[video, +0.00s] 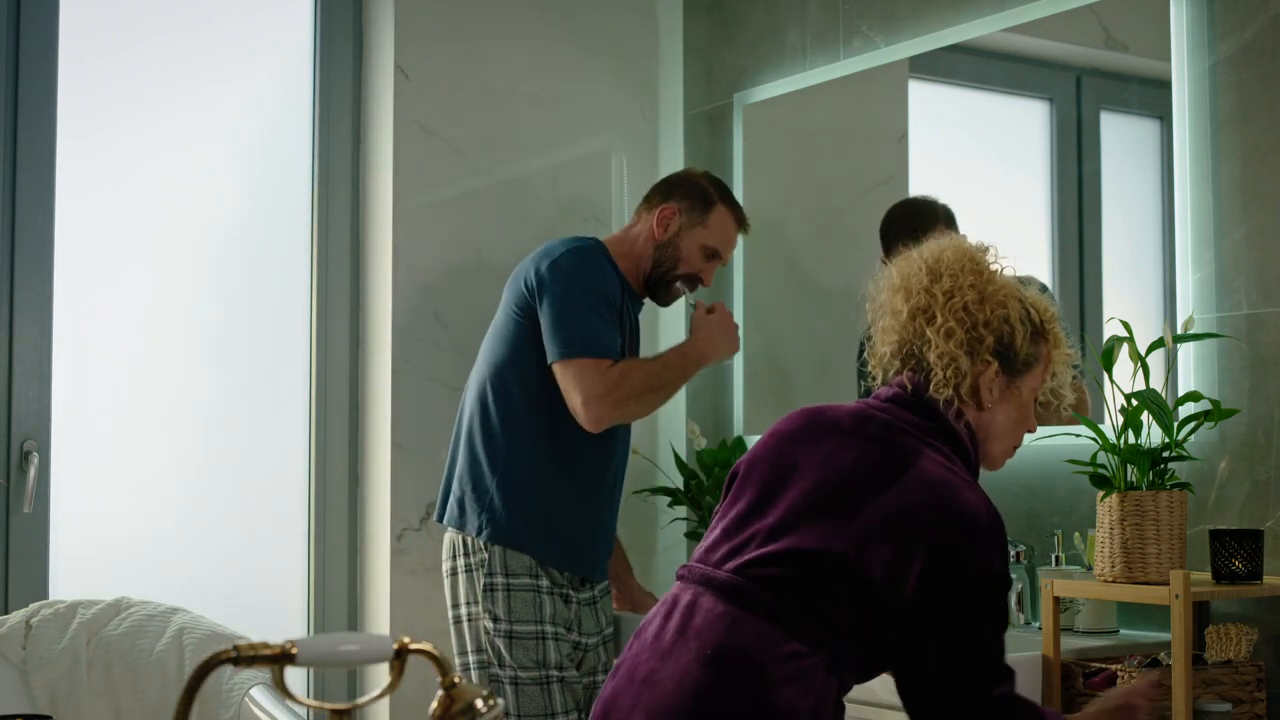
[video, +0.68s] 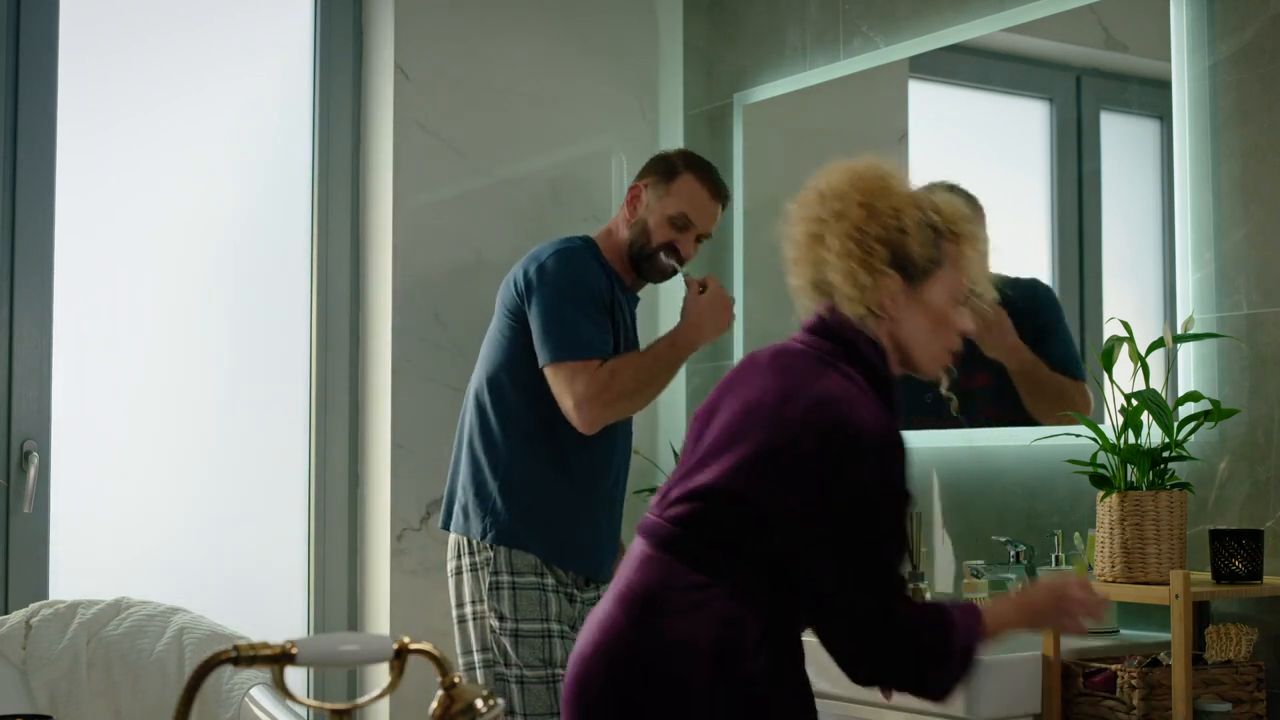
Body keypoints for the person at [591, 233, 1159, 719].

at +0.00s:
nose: (1031, 426)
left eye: (1039, 403)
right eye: (1032, 399)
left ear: (907, 363)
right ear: (986, 383)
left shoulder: (797, 428)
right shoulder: (958, 511)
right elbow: (963, 704)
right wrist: (1102, 711)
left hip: (635, 683)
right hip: (757, 701)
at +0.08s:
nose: (1029, 424)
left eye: (1038, 400)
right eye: (1033, 396)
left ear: (911, 355)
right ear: (987, 377)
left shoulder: (802, 422)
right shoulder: (956, 513)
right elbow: (957, 704)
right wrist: (1069, 719)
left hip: (633, 683)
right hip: (757, 702)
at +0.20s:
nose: (1033, 422)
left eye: (1040, 397)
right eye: (1035, 394)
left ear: (911, 358)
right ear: (987, 379)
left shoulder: (803, 420)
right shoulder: (956, 515)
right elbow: (975, 702)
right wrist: (1098, 716)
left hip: (627, 684)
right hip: (752, 702)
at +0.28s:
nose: (1034, 419)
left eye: (1042, 394)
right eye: (1035, 392)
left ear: (913, 357)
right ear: (987, 379)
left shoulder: (808, 416)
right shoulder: (954, 512)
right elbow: (984, 699)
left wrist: (889, 650)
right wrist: (1094, 714)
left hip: (627, 682)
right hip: (751, 700)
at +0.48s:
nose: (1027, 389)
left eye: (1032, 366)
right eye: (1025, 363)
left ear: (908, 339)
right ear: (970, 353)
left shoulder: (799, 402)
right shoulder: (937, 492)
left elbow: (771, 545)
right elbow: (979, 693)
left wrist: (866, 636)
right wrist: (1097, 711)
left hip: (621, 675)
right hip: (742, 695)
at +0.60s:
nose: (999, 353)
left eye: (1001, 330)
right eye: (992, 328)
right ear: (933, 322)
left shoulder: (779, 384)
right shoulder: (898, 459)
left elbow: (693, 529)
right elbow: (928, 679)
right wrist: (1058, 663)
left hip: (616, 672)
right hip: (729, 694)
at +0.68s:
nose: (967, 325)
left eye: (967, 305)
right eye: (956, 301)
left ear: (882, 292)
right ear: (888, 291)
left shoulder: (760, 370)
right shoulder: (850, 413)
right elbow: (878, 644)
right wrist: (1021, 609)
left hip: (619, 672)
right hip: (708, 686)